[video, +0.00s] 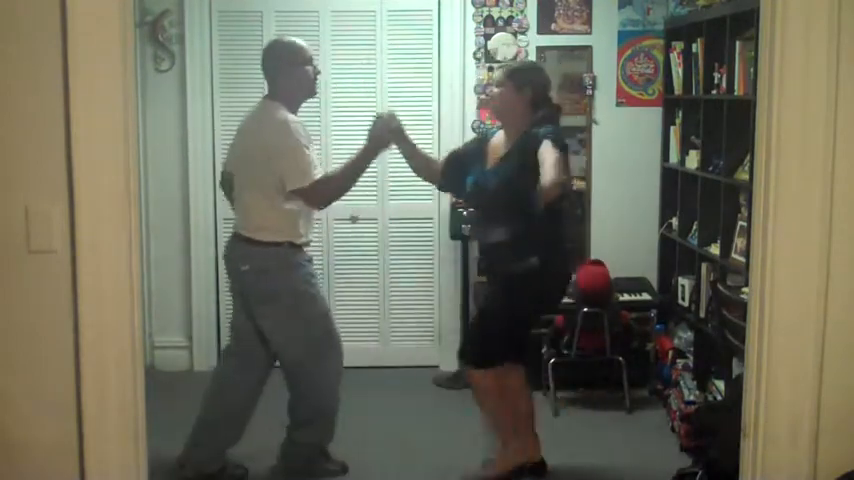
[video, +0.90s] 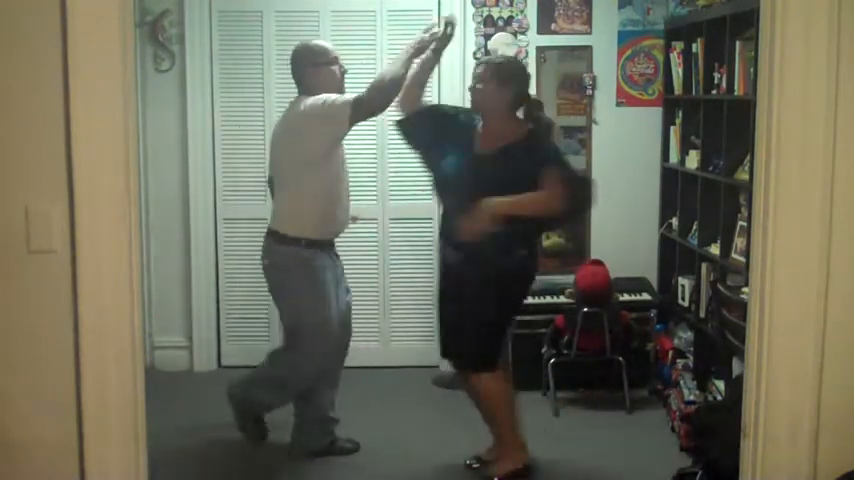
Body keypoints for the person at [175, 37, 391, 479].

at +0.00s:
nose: (317, 72)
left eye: (314, 64)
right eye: (308, 65)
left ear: (278, 75)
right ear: (283, 73)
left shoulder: (256, 119)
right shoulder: (283, 126)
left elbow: (228, 182)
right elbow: (318, 196)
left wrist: (262, 225)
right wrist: (373, 149)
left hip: (248, 254)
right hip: (276, 260)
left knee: (249, 356)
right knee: (319, 355)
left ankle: (202, 457)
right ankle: (305, 455)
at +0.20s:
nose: (324, 70)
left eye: (322, 63)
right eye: (316, 64)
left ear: (284, 74)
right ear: (295, 72)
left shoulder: (267, 120)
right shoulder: (296, 123)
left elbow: (274, 188)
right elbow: (370, 149)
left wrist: (318, 225)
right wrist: (390, 105)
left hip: (266, 254)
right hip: (288, 258)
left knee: (283, 352)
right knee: (320, 354)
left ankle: (221, 436)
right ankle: (304, 456)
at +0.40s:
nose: (335, 65)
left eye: (332, 58)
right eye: (326, 59)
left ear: (295, 71)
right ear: (304, 67)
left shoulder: (277, 114)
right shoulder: (316, 103)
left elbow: (297, 178)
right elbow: (384, 88)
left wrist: (353, 209)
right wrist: (439, 53)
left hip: (277, 242)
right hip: (283, 247)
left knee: (334, 321)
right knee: (312, 337)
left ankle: (282, 410)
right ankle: (309, 451)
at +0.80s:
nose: (346, 75)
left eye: (344, 67)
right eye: (338, 68)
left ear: (310, 77)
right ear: (314, 74)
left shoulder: (295, 117)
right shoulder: (315, 112)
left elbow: (277, 180)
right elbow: (367, 108)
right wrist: (402, 49)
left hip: (292, 250)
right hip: (302, 254)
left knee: (313, 342)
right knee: (336, 339)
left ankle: (313, 434)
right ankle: (261, 403)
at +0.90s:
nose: (343, 73)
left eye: (340, 65)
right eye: (334, 66)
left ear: (312, 75)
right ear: (309, 74)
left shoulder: (294, 120)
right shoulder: (314, 112)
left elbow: (276, 184)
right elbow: (378, 95)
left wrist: (325, 214)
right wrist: (412, 51)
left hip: (319, 253)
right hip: (297, 257)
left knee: (333, 342)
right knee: (318, 345)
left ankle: (314, 435)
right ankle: (248, 397)